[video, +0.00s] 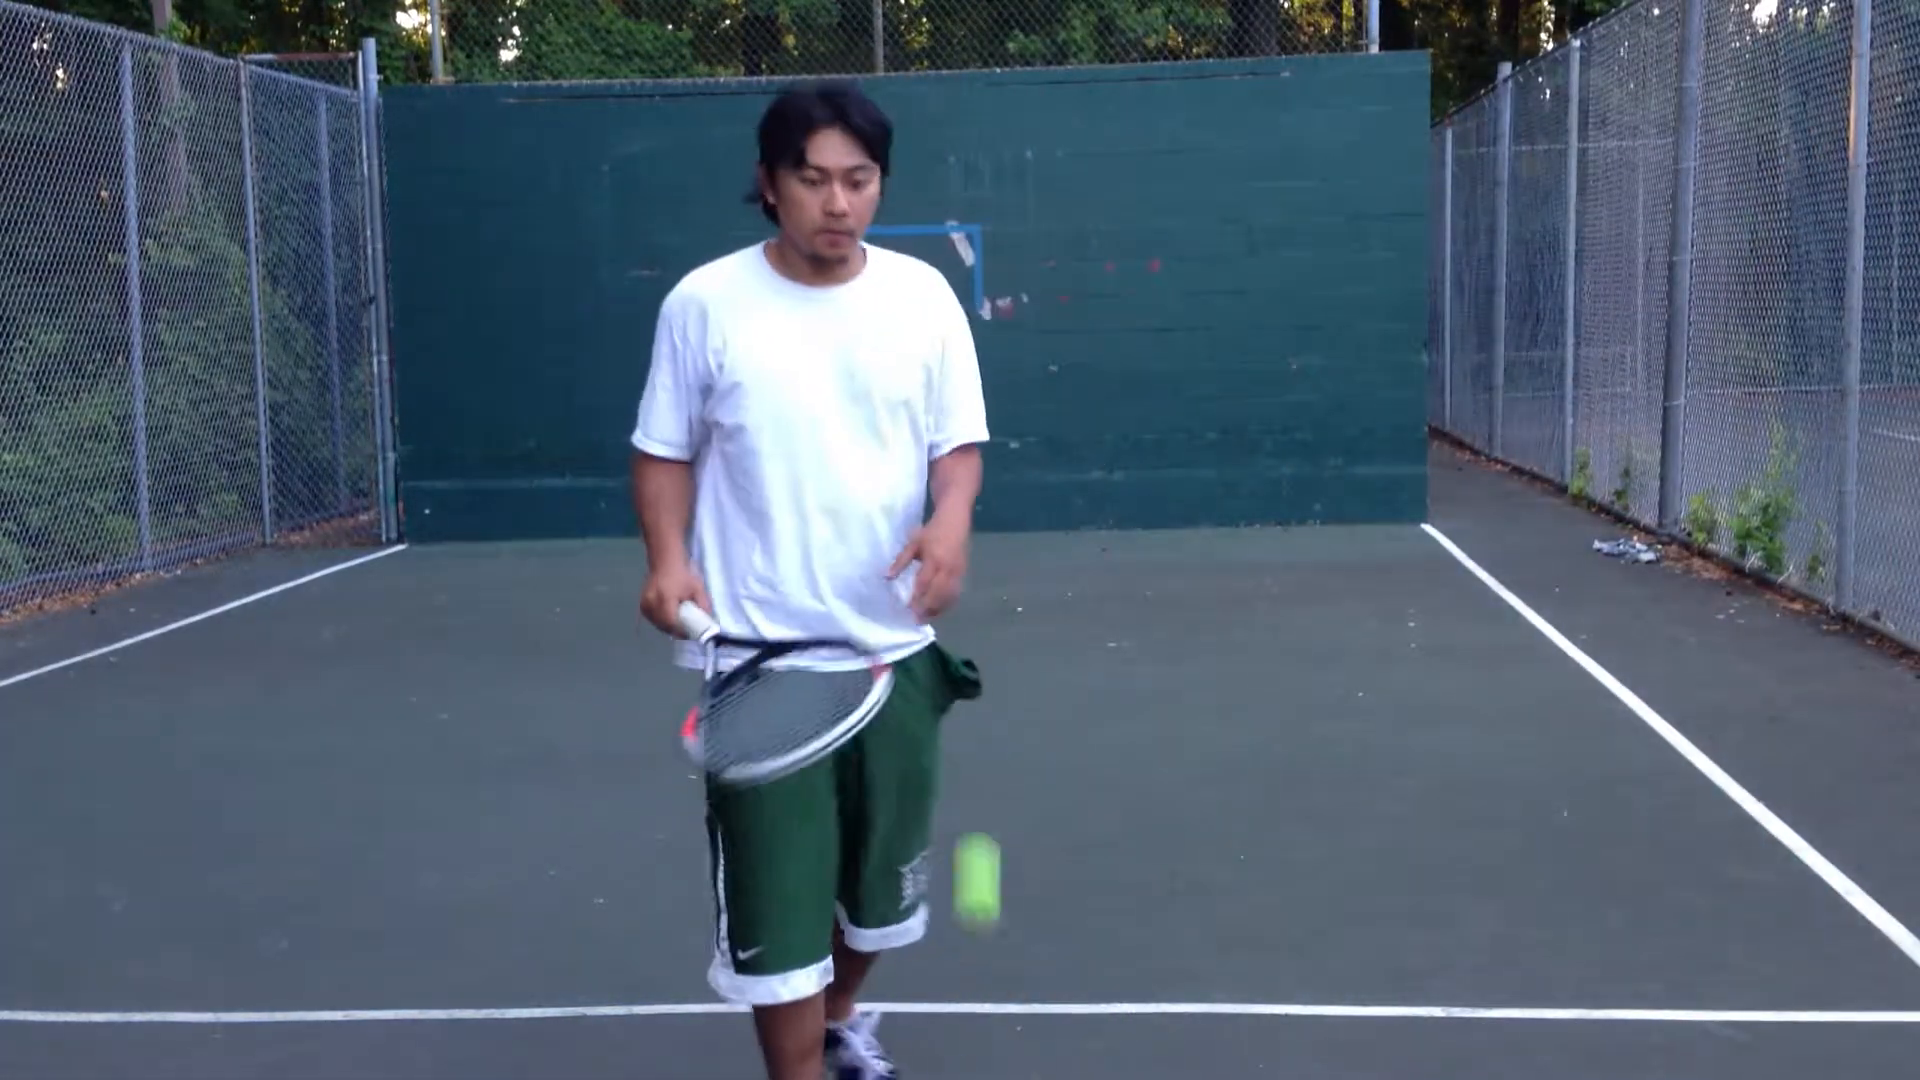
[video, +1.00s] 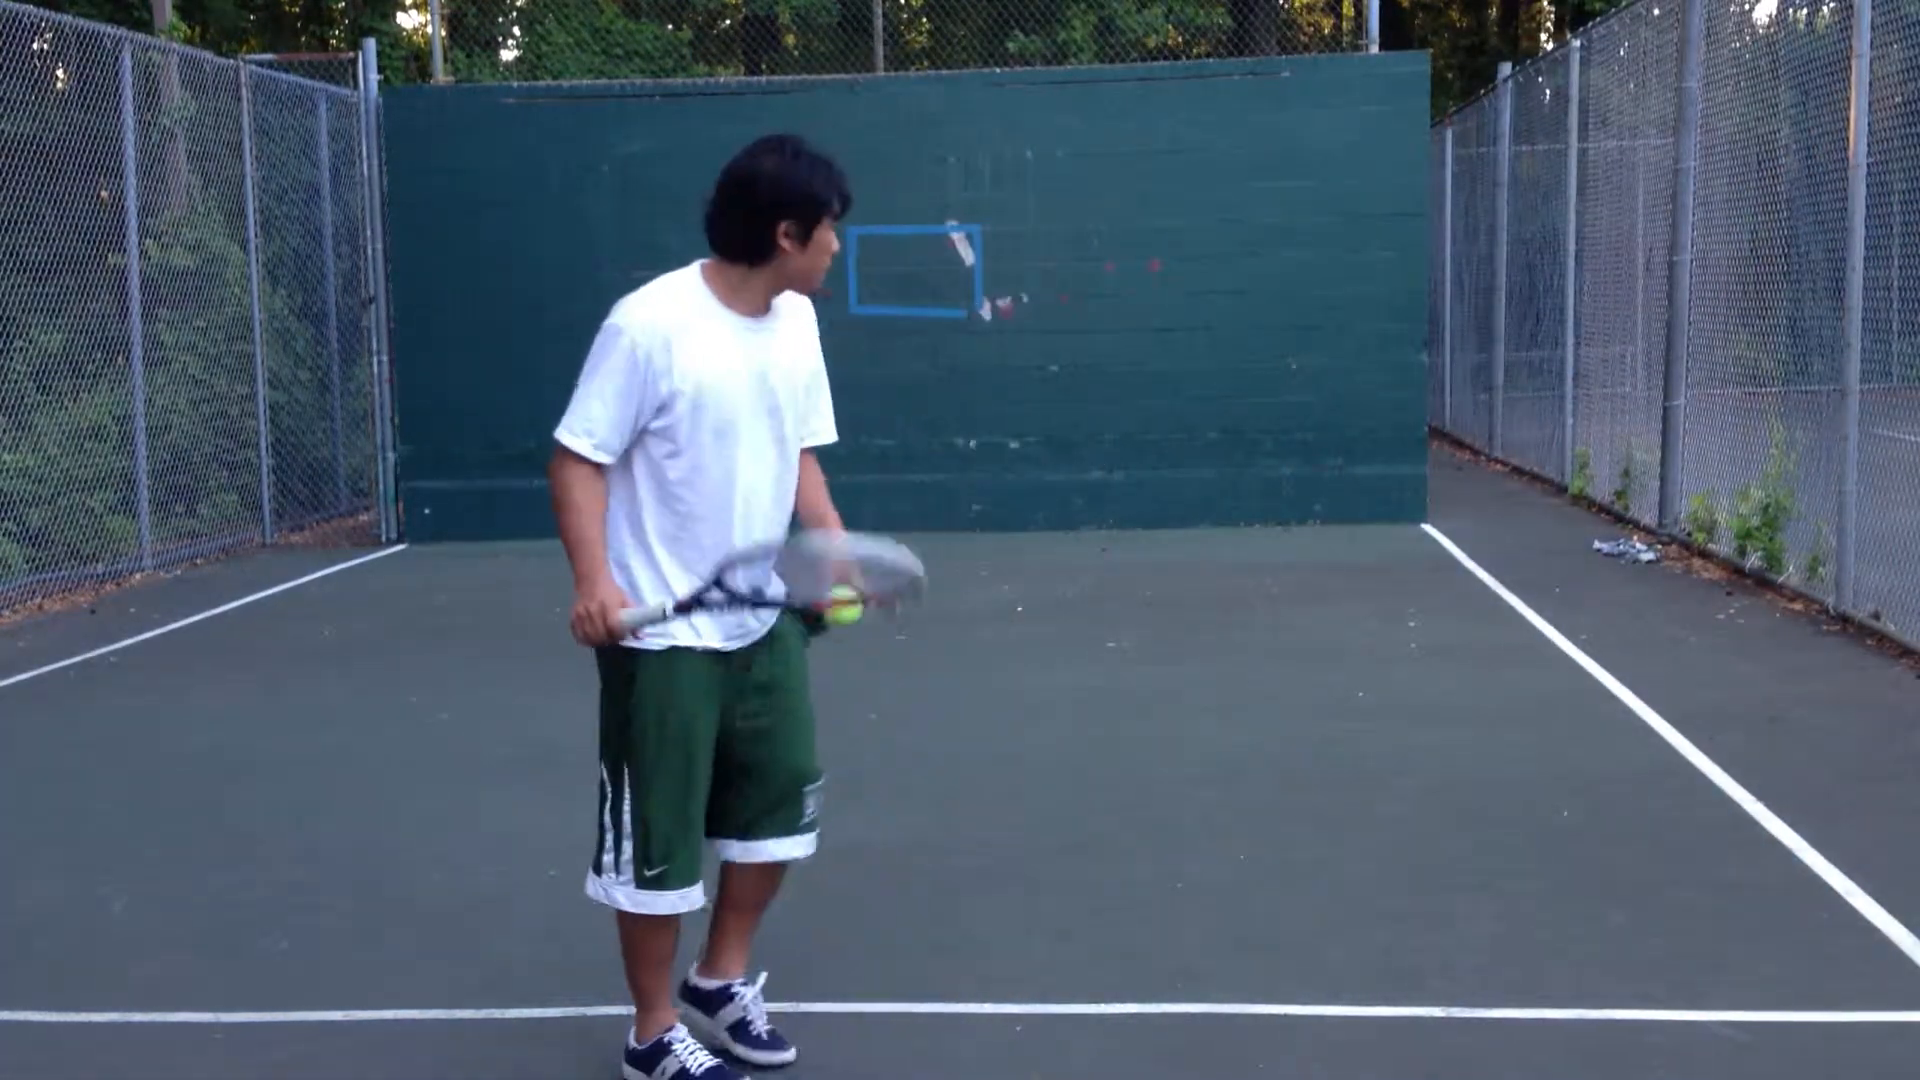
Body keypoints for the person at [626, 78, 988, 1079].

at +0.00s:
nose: (838, 201)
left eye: (856, 179)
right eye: (815, 180)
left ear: (879, 186)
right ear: (770, 187)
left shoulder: (923, 296)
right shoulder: (704, 304)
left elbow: (958, 439)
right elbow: (663, 451)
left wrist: (950, 526)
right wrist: (668, 557)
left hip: (893, 648)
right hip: (757, 654)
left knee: (879, 883)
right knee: (780, 912)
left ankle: (835, 1023)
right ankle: (797, 1076)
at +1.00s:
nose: (837, 249)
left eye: (836, 233)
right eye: (829, 234)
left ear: (772, 235)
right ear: (781, 237)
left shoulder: (794, 317)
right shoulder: (648, 324)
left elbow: (798, 455)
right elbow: (576, 457)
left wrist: (833, 556)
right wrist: (592, 580)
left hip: (766, 620)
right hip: (661, 630)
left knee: (774, 807)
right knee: (657, 841)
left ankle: (720, 984)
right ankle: (652, 1033)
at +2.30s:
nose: (843, 274)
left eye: (838, 261)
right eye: (842, 264)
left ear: (752, 263)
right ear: (834, 274)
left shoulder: (686, 347)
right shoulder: (856, 359)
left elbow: (678, 459)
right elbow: (884, 487)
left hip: (713, 626)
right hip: (832, 629)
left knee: (704, 775)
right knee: (889, 792)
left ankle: (671, 940)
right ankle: (899, 962)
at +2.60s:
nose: (732, 272)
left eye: (731, 256)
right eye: (728, 258)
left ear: (641, 249)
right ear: (706, 265)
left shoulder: (586, 318)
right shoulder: (682, 355)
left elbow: (632, 427)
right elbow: (727, 490)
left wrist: (745, 407)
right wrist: (801, 456)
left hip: (542, 618)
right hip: (640, 632)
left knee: (591, 813)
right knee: (738, 802)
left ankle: (574, 997)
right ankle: (784, 970)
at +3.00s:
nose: (621, 306)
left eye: (622, 290)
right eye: (618, 290)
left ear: (545, 287)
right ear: (589, 297)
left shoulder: (507, 358)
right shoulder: (499, 373)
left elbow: (549, 462)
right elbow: (467, 510)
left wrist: (663, 482)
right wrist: (582, 526)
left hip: (366, 638)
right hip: (415, 663)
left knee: (357, 850)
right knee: (426, 896)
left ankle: (267, 1003)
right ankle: (351, 1063)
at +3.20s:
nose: (578, 291)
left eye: (576, 274)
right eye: (571, 275)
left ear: (495, 272)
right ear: (536, 284)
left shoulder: (459, 341)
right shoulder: (449, 368)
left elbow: (490, 424)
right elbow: (379, 496)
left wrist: (597, 410)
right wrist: (408, 568)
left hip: (338, 650)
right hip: (408, 674)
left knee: (287, 846)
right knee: (422, 890)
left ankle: (171, 1028)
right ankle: (353, 1061)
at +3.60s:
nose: (475, 196)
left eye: (473, 180)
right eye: (468, 181)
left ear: (368, 179)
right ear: (433, 186)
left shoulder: (297, 265)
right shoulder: (462, 262)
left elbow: (254, 359)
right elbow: (562, 321)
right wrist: (593, 274)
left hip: (304, 575)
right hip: (420, 581)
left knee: (262, 780)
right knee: (424, 816)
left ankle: (210, 980)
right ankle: (389, 1032)